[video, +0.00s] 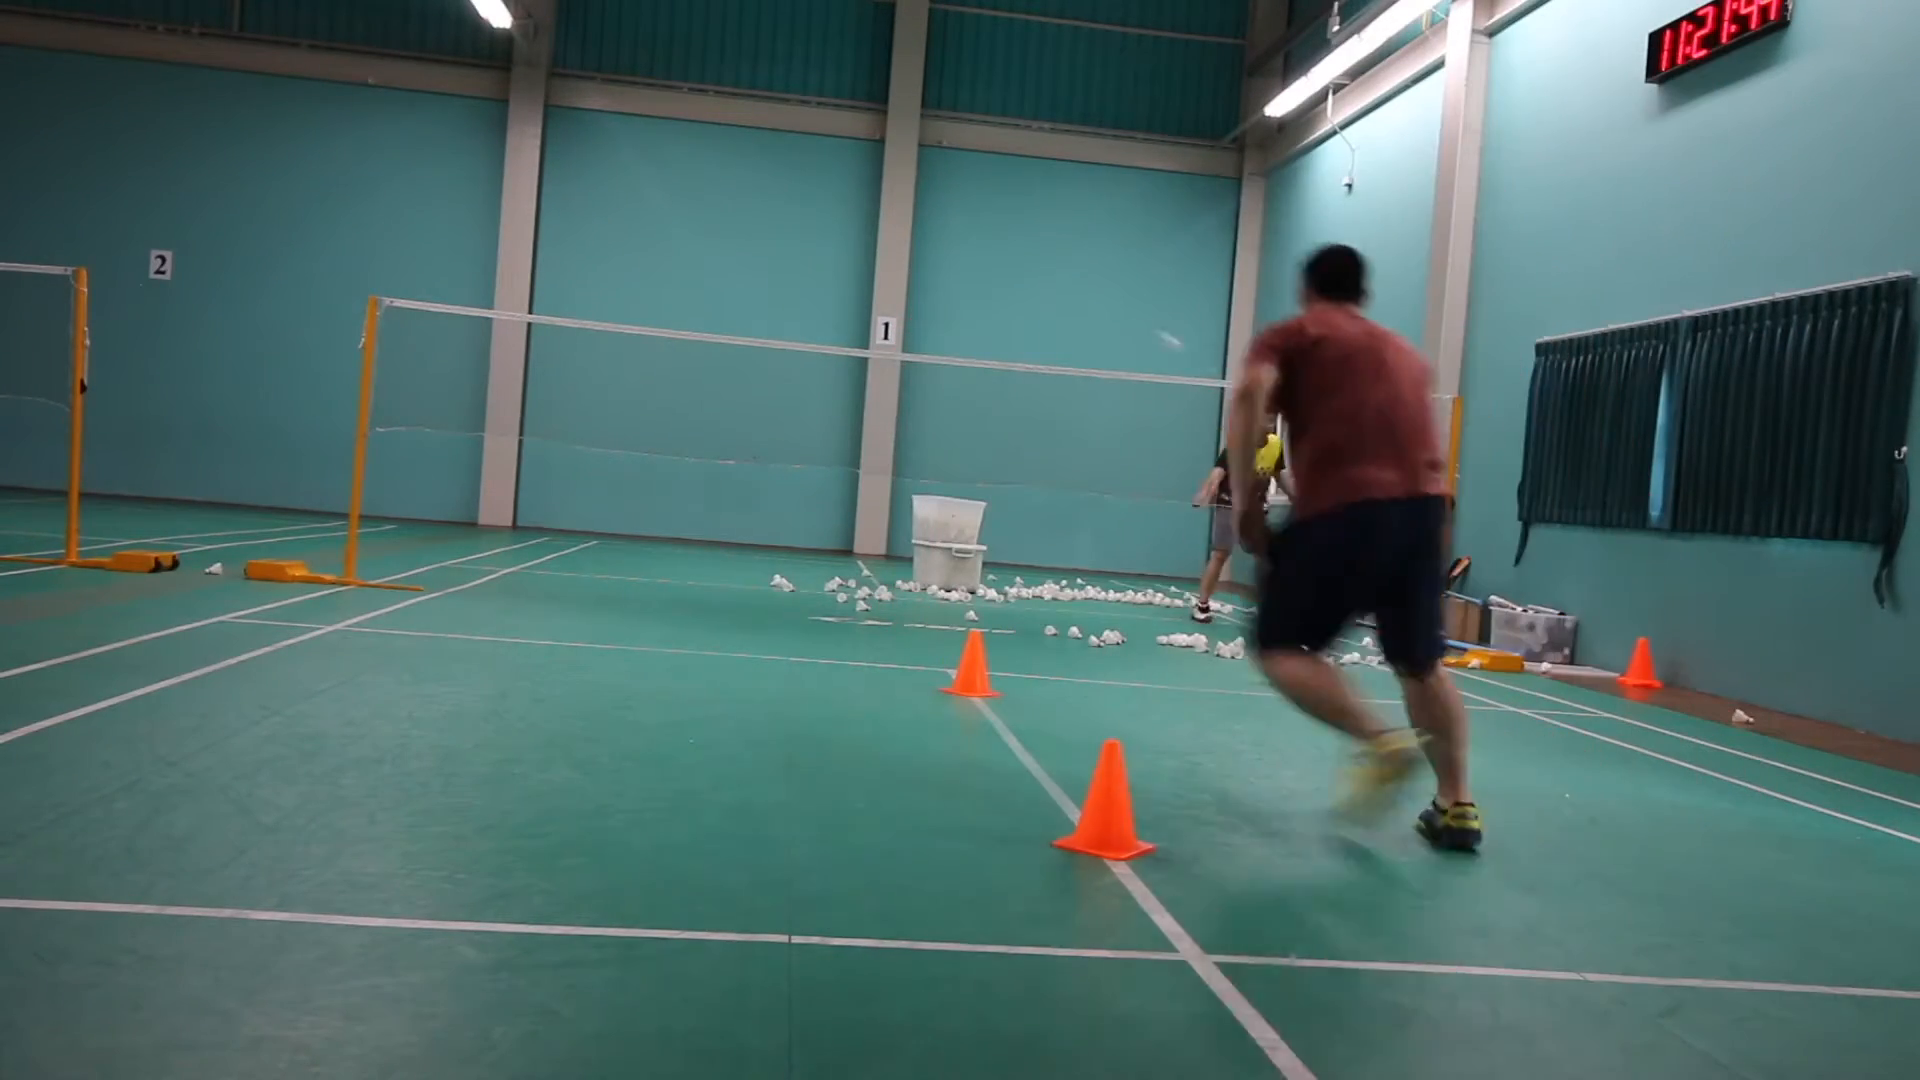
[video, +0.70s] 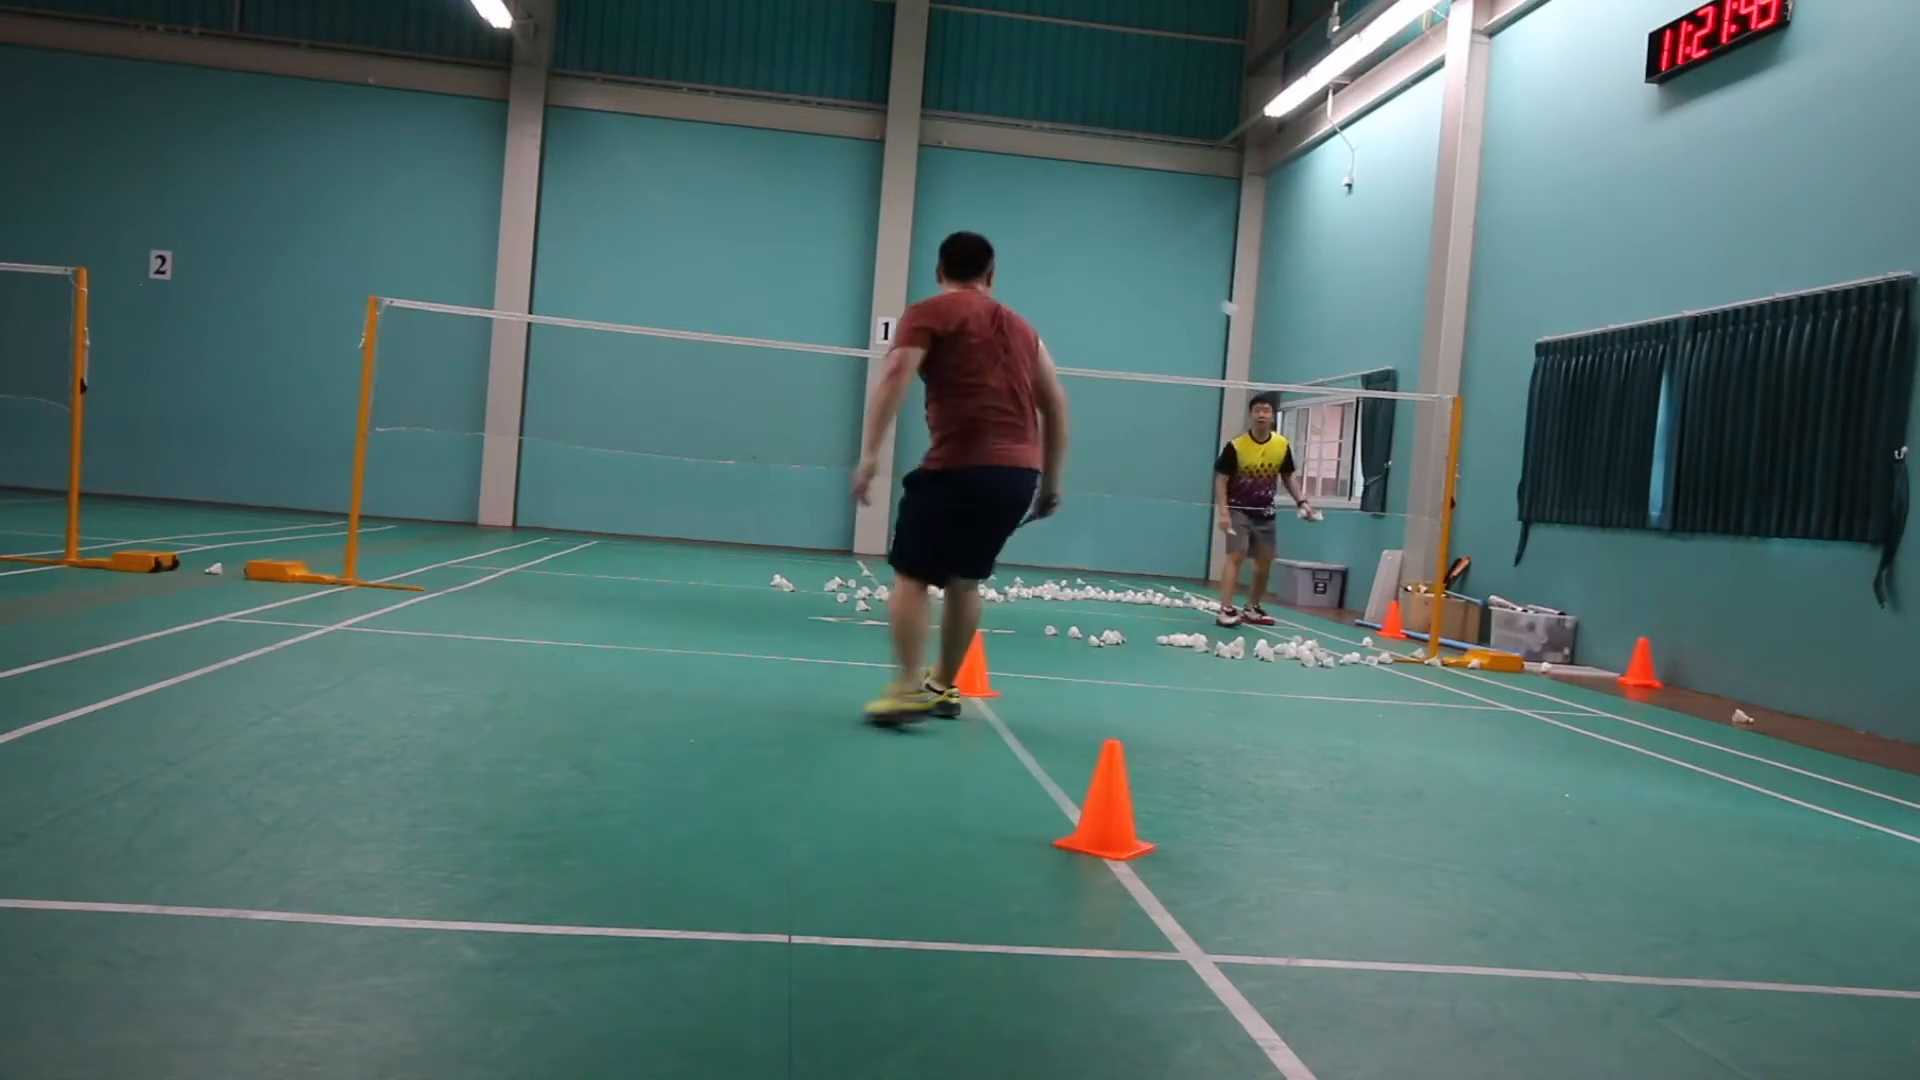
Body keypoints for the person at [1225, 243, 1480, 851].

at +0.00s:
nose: (1311, 302)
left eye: (1307, 293)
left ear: (1307, 291)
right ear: (1364, 296)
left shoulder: (1289, 335)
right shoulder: (1405, 352)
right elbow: (1430, 459)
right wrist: (1434, 543)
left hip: (1338, 518)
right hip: (1418, 517)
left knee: (1280, 647)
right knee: (1421, 661)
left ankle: (1381, 742)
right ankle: (1457, 805)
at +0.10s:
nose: (1218, 267)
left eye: (1219, 257)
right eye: (1228, 259)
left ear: (1226, 256)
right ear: (1276, 260)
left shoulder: (1223, 299)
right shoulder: (1310, 320)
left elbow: (1216, 351)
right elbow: (1320, 409)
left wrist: (1202, 456)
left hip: (1259, 493)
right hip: (1331, 493)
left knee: (1183, 600)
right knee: (1334, 616)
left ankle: (1193, 739)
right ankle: (1431, 748)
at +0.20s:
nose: (1124, 271)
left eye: (1127, 262)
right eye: (1128, 261)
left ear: (1134, 265)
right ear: (1179, 269)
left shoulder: (1146, 320)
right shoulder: (1195, 323)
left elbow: (1142, 399)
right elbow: (1209, 416)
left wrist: (1117, 493)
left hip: (1175, 503)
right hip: (1222, 501)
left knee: (1123, 617)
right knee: (1157, 595)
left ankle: (1179, 738)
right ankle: (1224, 665)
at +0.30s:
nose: (1041, 296)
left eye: (1045, 287)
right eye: (1044, 286)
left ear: (1056, 291)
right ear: (1088, 292)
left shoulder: (1089, 339)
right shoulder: (1089, 343)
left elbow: (1100, 419)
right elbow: (1044, 431)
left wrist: (1072, 507)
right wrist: (984, 481)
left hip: (1134, 510)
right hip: (1124, 505)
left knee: (1074, 629)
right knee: (1061, 585)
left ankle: (1169, 722)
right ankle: (1007, 677)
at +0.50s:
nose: (929, 343)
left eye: (928, 333)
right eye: (928, 334)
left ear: (935, 326)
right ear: (973, 320)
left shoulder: (970, 350)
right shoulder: (989, 354)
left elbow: (1023, 399)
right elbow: (984, 460)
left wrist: (1049, 466)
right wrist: (949, 520)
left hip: (1017, 505)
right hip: (995, 502)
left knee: (961, 619)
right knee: (938, 566)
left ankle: (1068, 678)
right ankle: (938, 685)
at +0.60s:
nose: (934, 300)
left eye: (933, 293)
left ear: (933, 290)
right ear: (982, 295)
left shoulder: (942, 317)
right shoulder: (1003, 334)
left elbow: (945, 364)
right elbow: (1021, 405)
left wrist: (941, 447)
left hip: (989, 475)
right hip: (1026, 476)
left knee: (921, 575)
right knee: (955, 576)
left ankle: (1005, 669)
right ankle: (941, 683)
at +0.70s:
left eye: (939, 275)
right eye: (987, 275)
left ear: (939, 274)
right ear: (991, 276)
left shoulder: (927, 314)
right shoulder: (1021, 328)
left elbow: (897, 375)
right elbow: (1055, 405)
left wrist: (871, 454)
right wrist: (1051, 483)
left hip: (956, 468)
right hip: (1018, 474)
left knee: (911, 576)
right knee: (966, 577)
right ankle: (944, 685)